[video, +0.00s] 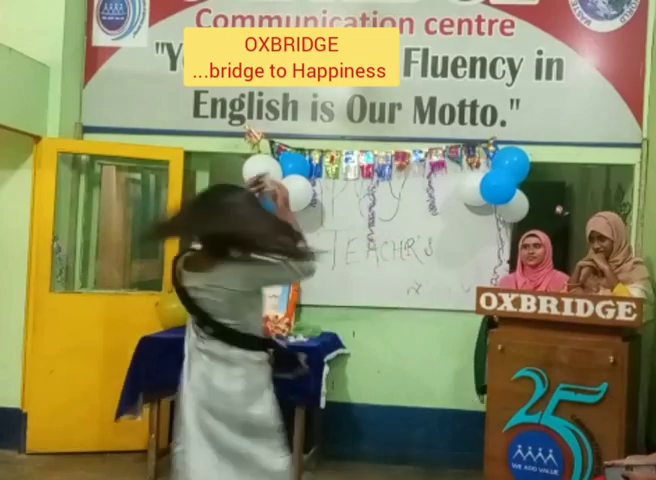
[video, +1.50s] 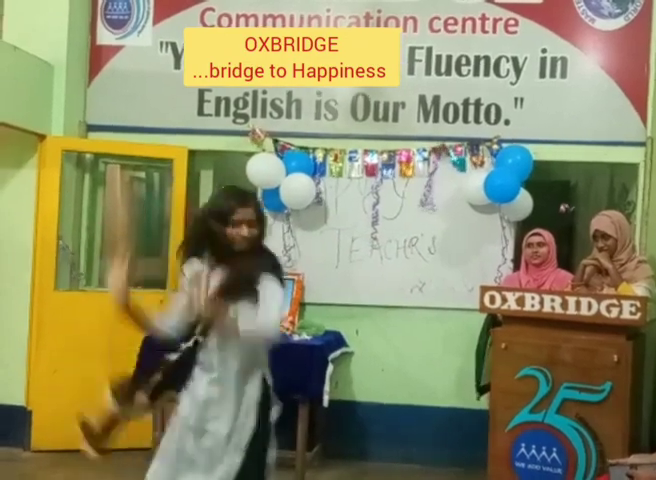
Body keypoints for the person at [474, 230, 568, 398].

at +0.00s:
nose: (531, 251)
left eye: (537, 246)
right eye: (526, 247)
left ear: (546, 251)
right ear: (520, 252)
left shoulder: (561, 281)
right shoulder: (507, 282)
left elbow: (566, 319)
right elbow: (496, 320)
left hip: (550, 352)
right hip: (513, 350)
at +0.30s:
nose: (531, 252)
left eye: (536, 246)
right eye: (526, 247)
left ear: (547, 251)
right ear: (519, 253)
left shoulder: (562, 281)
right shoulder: (507, 282)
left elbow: (566, 317)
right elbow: (497, 316)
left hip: (549, 348)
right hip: (512, 346)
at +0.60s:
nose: (531, 252)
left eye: (536, 247)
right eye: (525, 247)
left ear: (547, 251)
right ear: (519, 252)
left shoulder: (562, 281)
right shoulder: (508, 281)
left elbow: (566, 317)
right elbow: (497, 315)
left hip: (549, 348)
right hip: (512, 346)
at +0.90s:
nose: (531, 252)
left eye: (536, 247)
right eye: (526, 247)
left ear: (547, 251)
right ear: (519, 252)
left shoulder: (561, 281)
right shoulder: (508, 281)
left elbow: (564, 318)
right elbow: (497, 318)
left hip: (549, 349)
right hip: (513, 348)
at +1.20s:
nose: (532, 252)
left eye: (538, 246)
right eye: (527, 247)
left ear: (548, 250)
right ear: (521, 252)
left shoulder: (563, 281)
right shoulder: (509, 281)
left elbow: (567, 318)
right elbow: (499, 318)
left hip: (551, 349)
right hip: (515, 347)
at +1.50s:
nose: (535, 250)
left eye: (541, 245)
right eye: (530, 246)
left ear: (551, 249)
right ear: (523, 251)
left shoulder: (566, 280)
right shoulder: (511, 280)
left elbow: (570, 318)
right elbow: (500, 317)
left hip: (553, 349)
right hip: (516, 348)